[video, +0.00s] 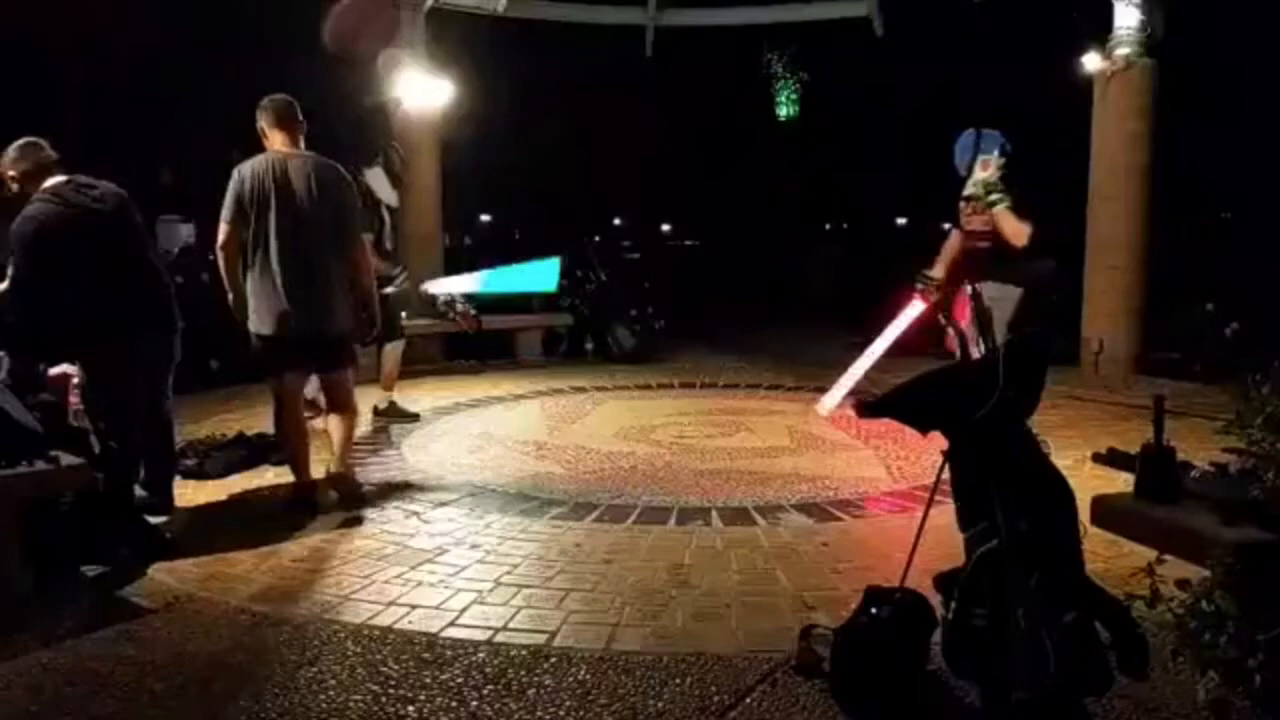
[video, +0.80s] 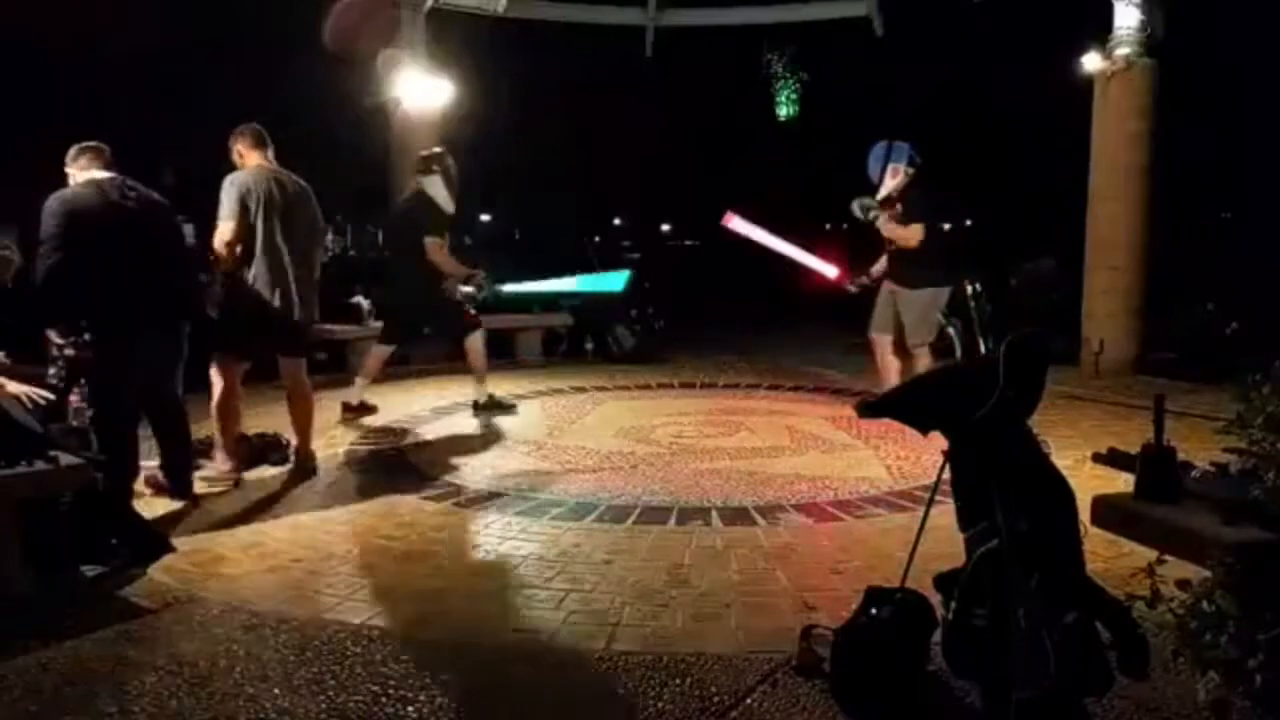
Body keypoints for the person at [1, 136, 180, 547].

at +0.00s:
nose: (9, 190)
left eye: (9, 182)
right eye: (8, 183)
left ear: (20, 178)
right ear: (54, 165)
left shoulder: (31, 223)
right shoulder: (111, 195)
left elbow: (25, 299)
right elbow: (145, 262)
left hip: (97, 333)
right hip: (149, 321)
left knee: (109, 420)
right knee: (154, 410)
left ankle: (117, 511)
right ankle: (160, 495)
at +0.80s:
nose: (68, 180)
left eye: (69, 174)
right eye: (71, 175)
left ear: (72, 171)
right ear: (111, 166)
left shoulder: (63, 203)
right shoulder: (152, 200)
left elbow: (51, 271)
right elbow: (181, 264)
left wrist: (58, 323)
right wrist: (180, 312)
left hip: (102, 325)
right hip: (157, 322)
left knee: (113, 418)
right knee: (166, 402)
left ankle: (116, 502)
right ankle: (181, 483)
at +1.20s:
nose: (108, 182)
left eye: (110, 176)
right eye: (109, 177)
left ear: (115, 172)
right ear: (146, 168)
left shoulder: (119, 193)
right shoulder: (172, 195)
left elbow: (99, 249)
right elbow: (188, 257)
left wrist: (83, 300)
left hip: (147, 313)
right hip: (187, 306)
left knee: (124, 385)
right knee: (178, 397)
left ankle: (161, 462)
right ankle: (178, 481)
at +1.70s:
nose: (129, 188)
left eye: (127, 179)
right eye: (126, 182)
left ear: (139, 168)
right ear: (160, 163)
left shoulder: (155, 198)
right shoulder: (192, 190)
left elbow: (134, 254)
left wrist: (116, 299)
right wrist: (130, 301)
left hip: (181, 314)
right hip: (204, 306)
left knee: (184, 405)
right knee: (179, 400)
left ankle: (199, 478)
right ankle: (176, 471)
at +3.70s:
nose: (115, 177)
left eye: (116, 168)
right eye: (113, 169)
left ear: (132, 165)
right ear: (147, 162)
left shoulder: (157, 204)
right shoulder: (178, 194)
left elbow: (155, 267)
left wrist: (144, 318)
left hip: (161, 317)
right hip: (169, 313)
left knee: (174, 400)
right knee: (147, 392)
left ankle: (193, 477)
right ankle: (156, 457)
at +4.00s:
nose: (85, 188)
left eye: (86, 180)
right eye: (83, 181)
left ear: (106, 176)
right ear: (109, 175)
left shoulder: (144, 207)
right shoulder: (132, 205)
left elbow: (150, 266)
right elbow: (142, 264)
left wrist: (137, 317)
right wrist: (123, 311)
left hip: (139, 321)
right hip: (122, 320)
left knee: (163, 404)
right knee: (125, 396)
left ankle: (195, 474)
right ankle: (125, 461)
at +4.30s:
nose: (54, 194)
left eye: (57, 185)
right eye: (50, 188)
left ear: (82, 174)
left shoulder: (122, 200)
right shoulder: (82, 209)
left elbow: (152, 243)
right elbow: (83, 261)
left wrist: (129, 288)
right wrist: (73, 303)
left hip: (117, 313)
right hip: (84, 315)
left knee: (136, 394)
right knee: (99, 396)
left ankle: (162, 467)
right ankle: (111, 461)